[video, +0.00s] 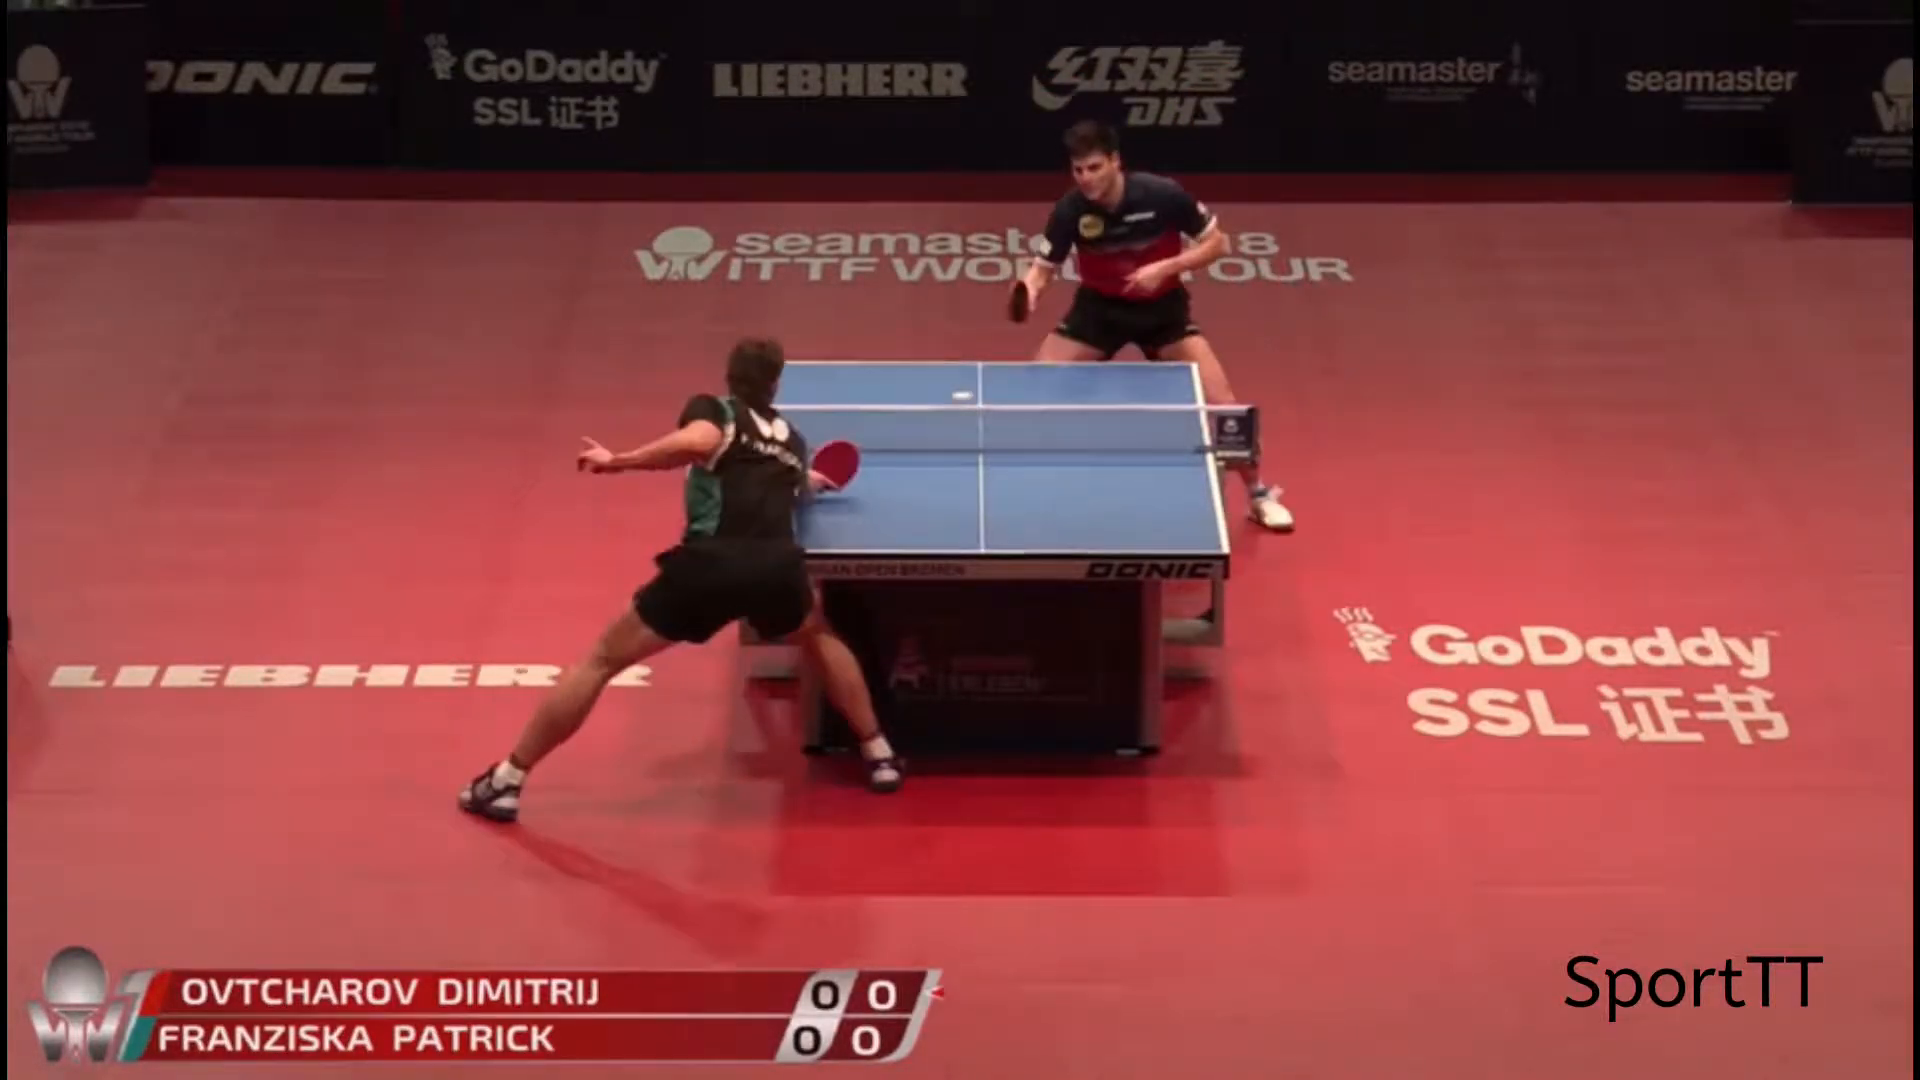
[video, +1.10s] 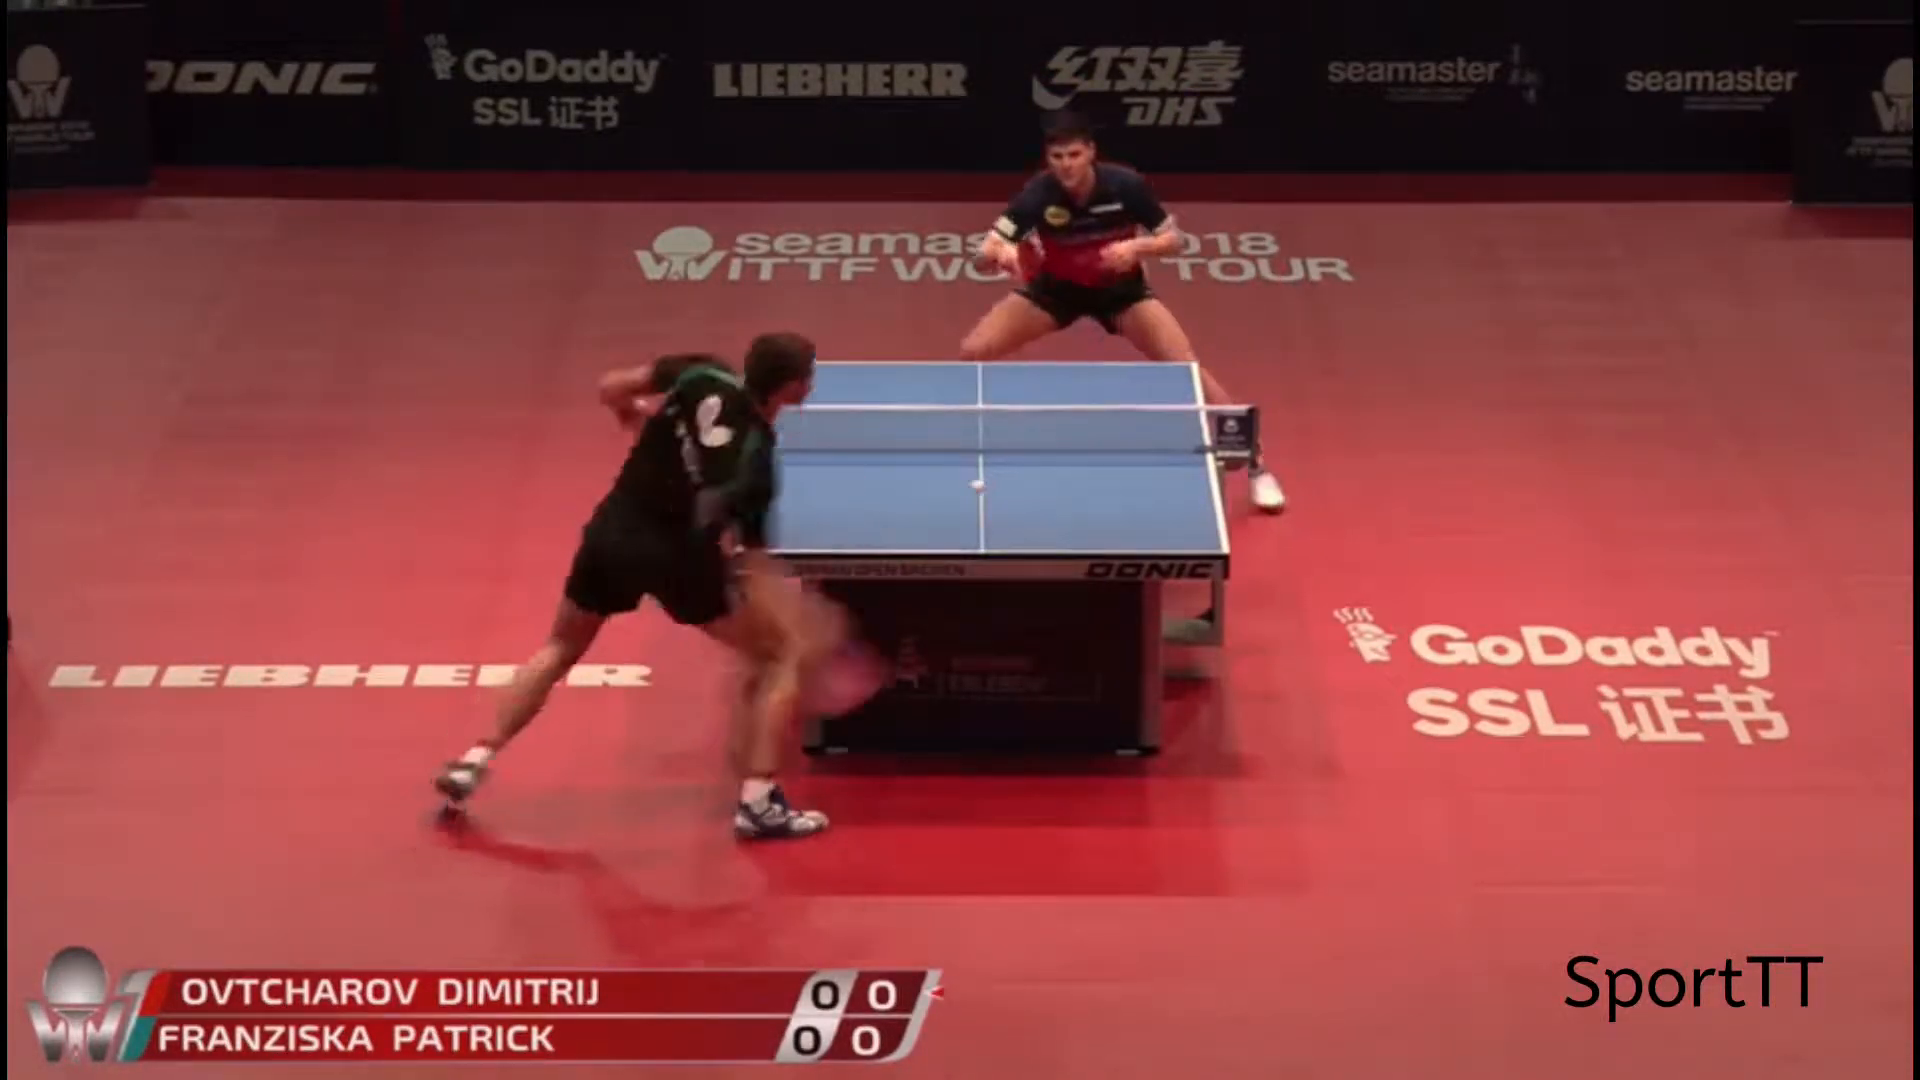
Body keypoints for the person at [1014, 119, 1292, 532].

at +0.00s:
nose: (1084, 179)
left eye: (1093, 168)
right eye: (1078, 170)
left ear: (1116, 162)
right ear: (1071, 170)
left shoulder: (1162, 195)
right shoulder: (1071, 210)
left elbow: (1216, 242)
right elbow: (1043, 267)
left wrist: (1164, 268)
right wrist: (1028, 291)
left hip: (1163, 314)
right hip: (1097, 313)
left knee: (1221, 401)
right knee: (1039, 388)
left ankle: (1259, 494)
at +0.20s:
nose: (1096, 232)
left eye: (1104, 223)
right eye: (1088, 225)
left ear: (1119, 211)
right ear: (1076, 218)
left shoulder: (1152, 231)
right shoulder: (1063, 247)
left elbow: (1201, 275)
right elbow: (1012, 313)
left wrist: (1173, 293)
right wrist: (1063, 313)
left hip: (1157, 342)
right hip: (1089, 344)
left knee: (1218, 402)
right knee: (1052, 368)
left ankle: (1266, 493)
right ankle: (1040, 487)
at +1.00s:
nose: (1097, 181)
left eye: (1105, 171)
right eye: (1089, 172)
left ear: (1123, 167)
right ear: (1079, 173)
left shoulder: (1159, 204)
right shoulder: (1068, 210)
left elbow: (1205, 250)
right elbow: (1016, 261)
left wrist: (1185, 264)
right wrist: (1033, 267)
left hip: (1146, 315)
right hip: (1081, 314)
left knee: (1202, 393)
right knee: (1020, 382)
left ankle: (1273, 475)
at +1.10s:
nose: (1066, 165)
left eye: (1074, 155)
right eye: (1058, 157)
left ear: (1091, 152)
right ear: (1047, 159)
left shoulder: (1124, 185)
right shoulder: (1039, 194)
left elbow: (1173, 239)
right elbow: (988, 248)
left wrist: (1135, 247)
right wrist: (1005, 252)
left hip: (1121, 293)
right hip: (1055, 291)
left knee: (1189, 370)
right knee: (972, 351)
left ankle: (1256, 468)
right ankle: (961, 462)